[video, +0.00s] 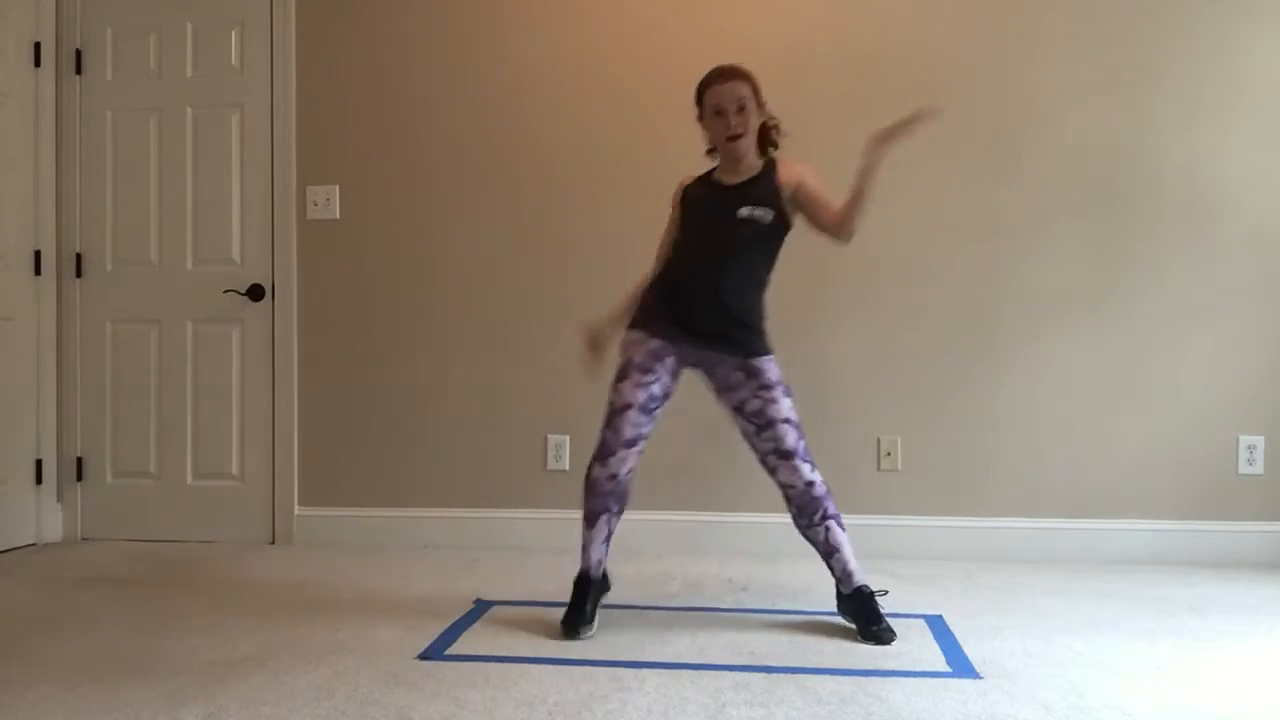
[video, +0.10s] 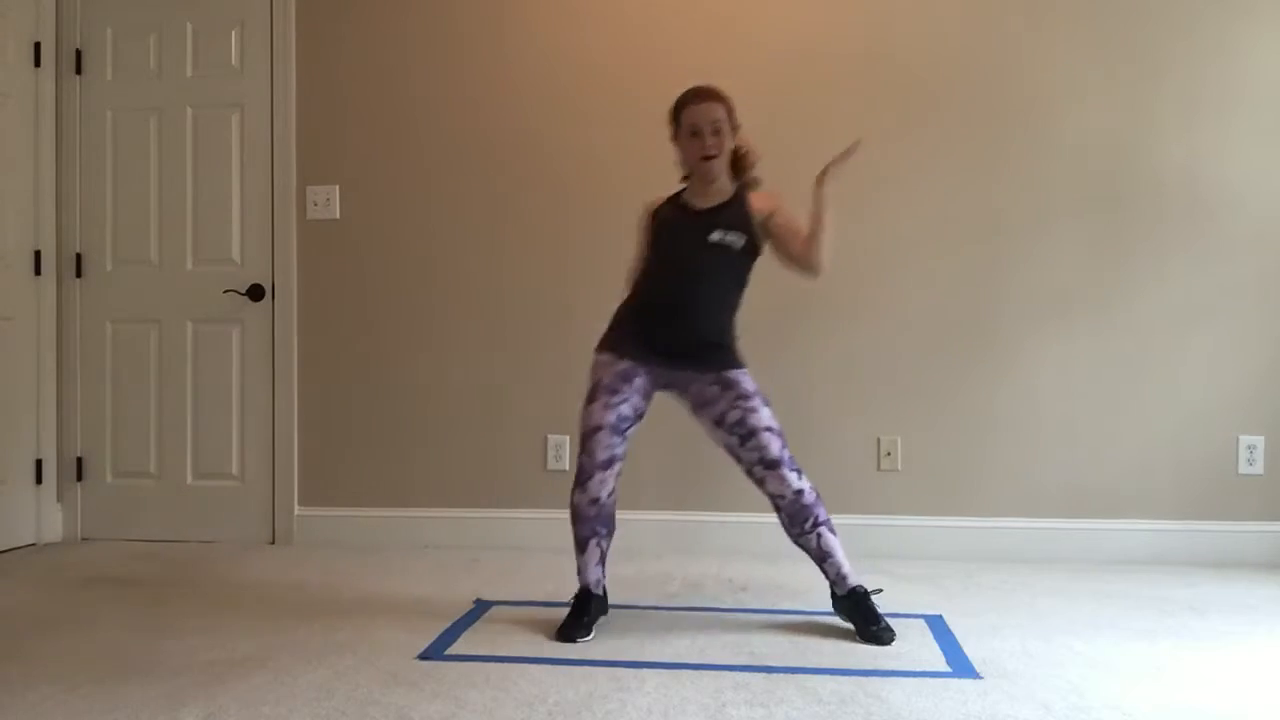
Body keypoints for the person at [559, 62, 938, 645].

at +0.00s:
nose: (731, 121)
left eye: (741, 108)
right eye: (718, 113)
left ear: (761, 113)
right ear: (703, 124)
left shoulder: (784, 180)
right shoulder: (689, 193)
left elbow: (842, 227)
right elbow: (663, 269)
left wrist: (873, 155)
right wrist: (612, 324)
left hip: (736, 341)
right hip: (659, 330)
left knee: (793, 467)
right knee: (612, 457)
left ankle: (853, 589)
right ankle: (590, 579)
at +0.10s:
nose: (707, 141)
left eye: (717, 130)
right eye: (695, 132)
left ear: (734, 136)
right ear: (676, 142)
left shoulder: (756, 207)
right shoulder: (657, 215)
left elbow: (810, 260)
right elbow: (639, 282)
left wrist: (822, 189)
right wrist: (624, 341)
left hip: (709, 361)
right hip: (632, 352)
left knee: (778, 472)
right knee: (593, 475)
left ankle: (847, 590)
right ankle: (590, 593)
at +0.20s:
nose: (683, 126)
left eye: (692, 115)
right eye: (670, 115)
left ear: (704, 122)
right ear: (646, 122)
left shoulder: (724, 195)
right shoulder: (621, 192)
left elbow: (778, 261)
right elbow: (578, 275)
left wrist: (831, 213)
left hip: (700, 353)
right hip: (622, 352)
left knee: (771, 456)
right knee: (595, 472)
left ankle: (828, 582)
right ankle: (590, 596)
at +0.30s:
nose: (671, 113)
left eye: (680, 101)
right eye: (658, 101)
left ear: (691, 106)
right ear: (632, 109)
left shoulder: (710, 177)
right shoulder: (608, 179)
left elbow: (764, 243)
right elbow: (551, 243)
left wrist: (833, 268)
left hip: (708, 332)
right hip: (635, 339)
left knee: (776, 417)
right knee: (610, 460)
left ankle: (773, 553)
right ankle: (592, 592)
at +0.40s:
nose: (666, 117)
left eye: (676, 106)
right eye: (653, 106)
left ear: (687, 111)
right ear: (627, 112)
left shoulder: (706, 178)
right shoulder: (604, 184)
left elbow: (754, 247)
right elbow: (544, 244)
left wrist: (801, 299)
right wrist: (491, 194)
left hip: (714, 330)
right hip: (643, 340)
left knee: (775, 427)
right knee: (616, 467)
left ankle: (749, 529)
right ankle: (592, 593)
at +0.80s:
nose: (699, 116)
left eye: (709, 104)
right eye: (688, 107)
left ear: (724, 109)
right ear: (672, 113)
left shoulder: (743, 178)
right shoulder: (649, 170)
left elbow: (768, 260)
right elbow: (595, 233)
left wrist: (836, 275)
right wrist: (525, 241)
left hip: (713, 324)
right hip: (649, 316)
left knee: (722, 437)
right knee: (631, 425)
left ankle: (726, 542)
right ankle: (635, 532)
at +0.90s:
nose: (694, 118)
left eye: (703, 107)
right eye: (683, 110)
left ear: (721, 109)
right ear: (668, 115)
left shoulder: (737, 180)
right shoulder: (647, 171)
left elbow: (753, 263)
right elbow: (619, 244)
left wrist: (800, 223)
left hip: (704, 326)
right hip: (641, 320)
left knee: (713, 438)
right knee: (639, 434)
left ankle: (710, 541)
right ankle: (638, 540)